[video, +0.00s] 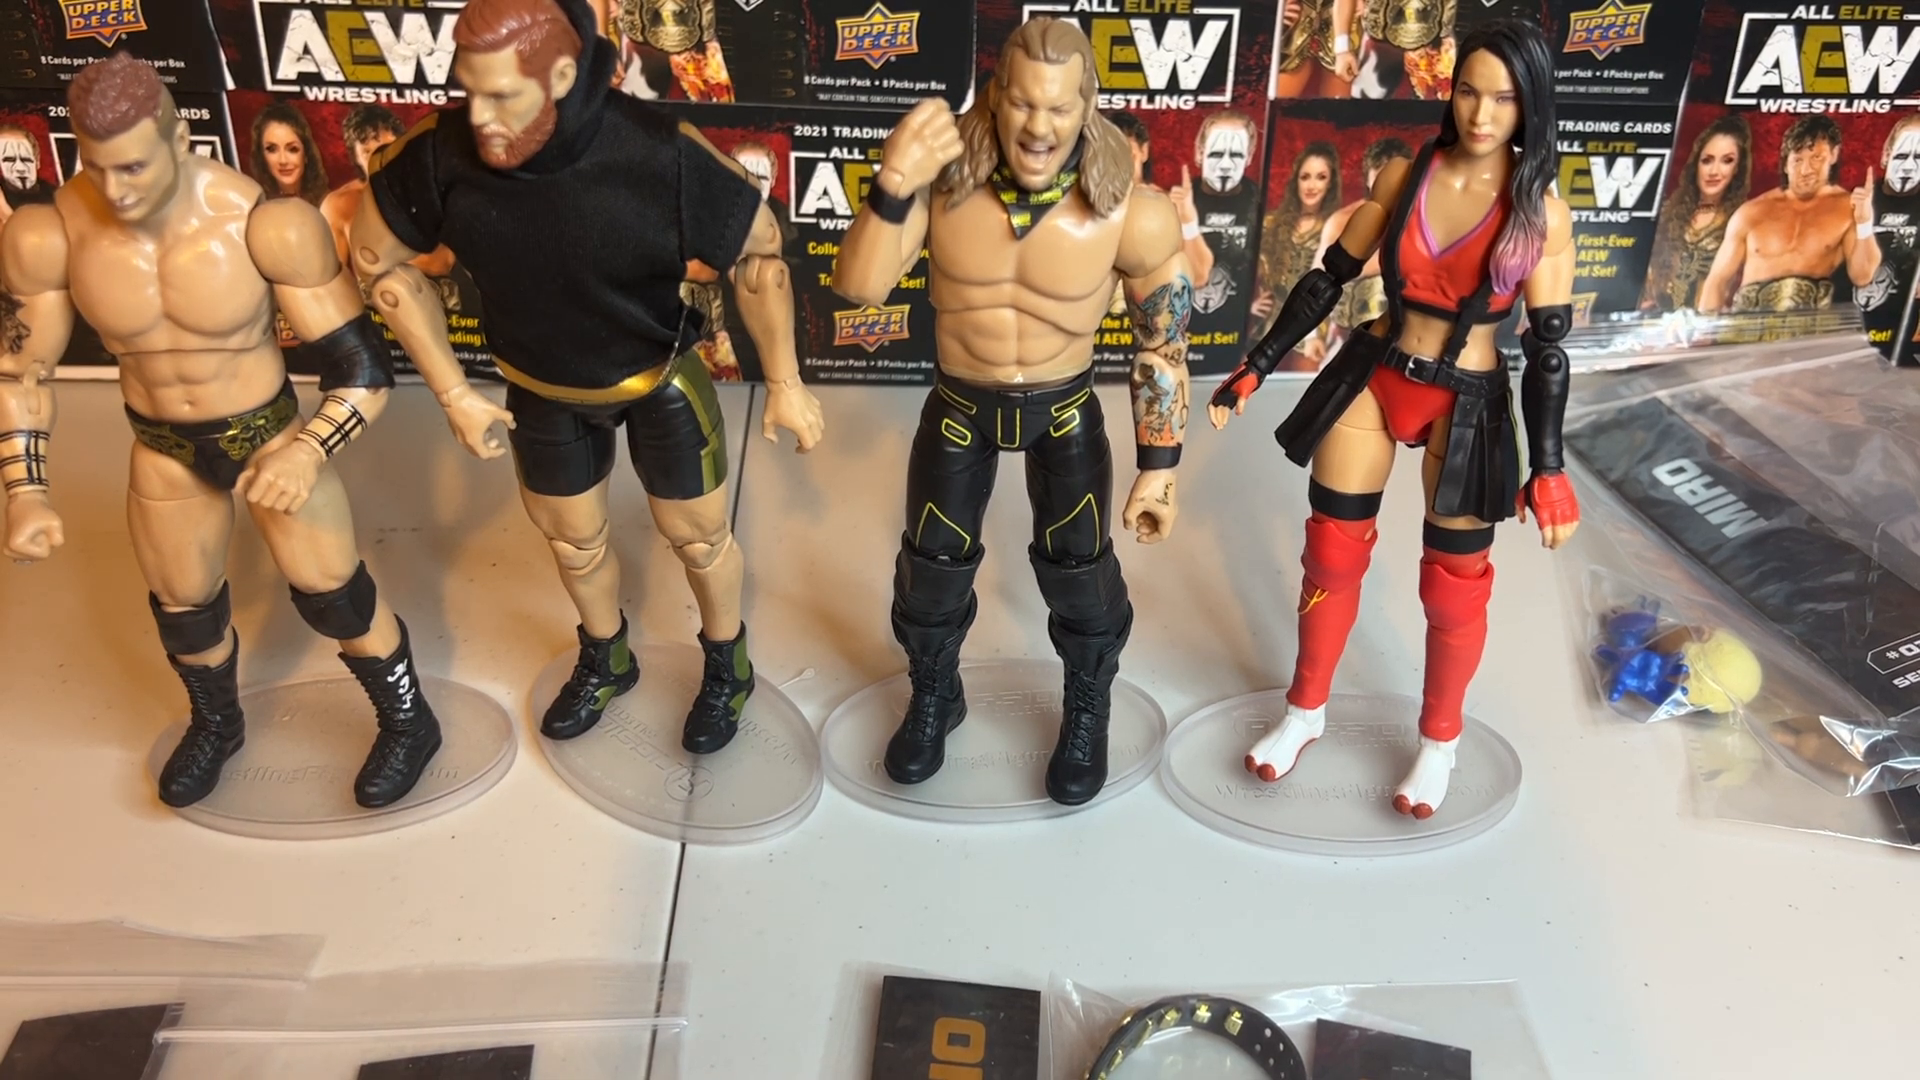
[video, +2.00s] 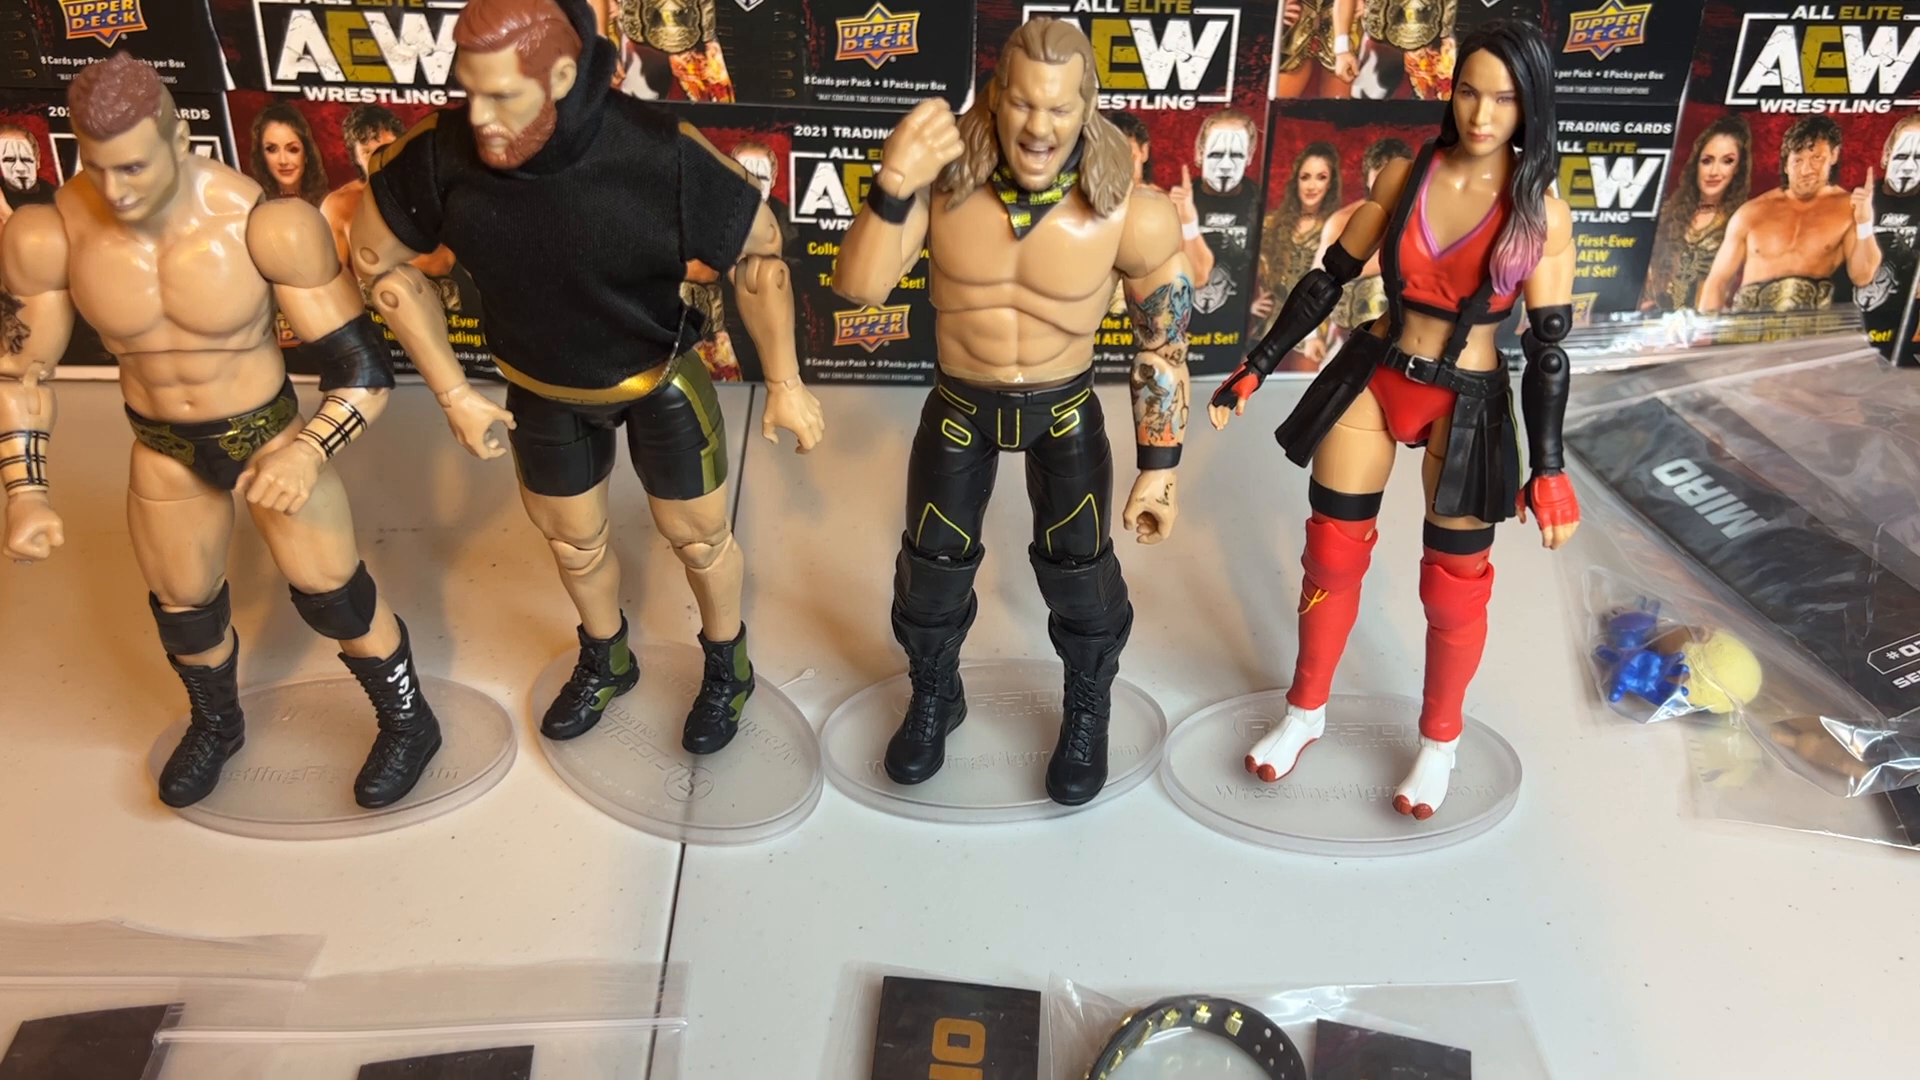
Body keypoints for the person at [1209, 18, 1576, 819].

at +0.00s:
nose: (1479, 113)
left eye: (1501, 99)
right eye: (1469, 93)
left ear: (1528, 108)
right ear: (1450, 93)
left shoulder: (1540, 209)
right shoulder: (1406, 174)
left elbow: (1549, 344)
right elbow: (1333, 273)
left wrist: (1549, 464)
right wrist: (1256, 363)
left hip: (1466, 405)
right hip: (1371, 383)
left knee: (1454, 590)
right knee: (1331, 559)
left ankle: (1438, 742)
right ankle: (1304, 710)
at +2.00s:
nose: (1480, 113)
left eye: (1501, 99)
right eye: (1469, 94)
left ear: (1528, 108)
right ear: (1451, 94)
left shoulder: (1540, 209)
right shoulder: (1406, 175)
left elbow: (1548, 345)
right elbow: (1332, 274)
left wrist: (1549, 466)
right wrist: (1256, 364)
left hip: (1467, 404)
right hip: (1372, 382)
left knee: (1454, 591)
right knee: (1331, 559)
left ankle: (1438, 741)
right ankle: (1304, 710)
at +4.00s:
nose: (1480, 113)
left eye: (1501, 99)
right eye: (1469, 94)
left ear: (1529, 108)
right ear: (1451, 94)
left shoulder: (1540, 208)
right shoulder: (1406, 174)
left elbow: (1549, 345)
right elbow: (1333, 274)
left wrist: (1549, 466)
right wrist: (1256, 364)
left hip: (1467, 404)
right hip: (1372, 382)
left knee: (1454, 591)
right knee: (1331, 560)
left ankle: (1438, 742)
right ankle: (1304, 710)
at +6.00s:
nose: (1480, 114)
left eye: (1501, 99)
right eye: (1469, 94)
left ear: (1529, 108)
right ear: (1450, 94)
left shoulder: (1540, 207)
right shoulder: (1406, 175)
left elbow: (1549, 344)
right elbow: (1332, 274)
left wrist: (1549, 466)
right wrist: (1257, 364)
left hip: (1466, 404)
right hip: (1371, 383)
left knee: (1454, 592)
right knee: (1331, 561)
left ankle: (1438, 741)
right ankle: (1304, 710)